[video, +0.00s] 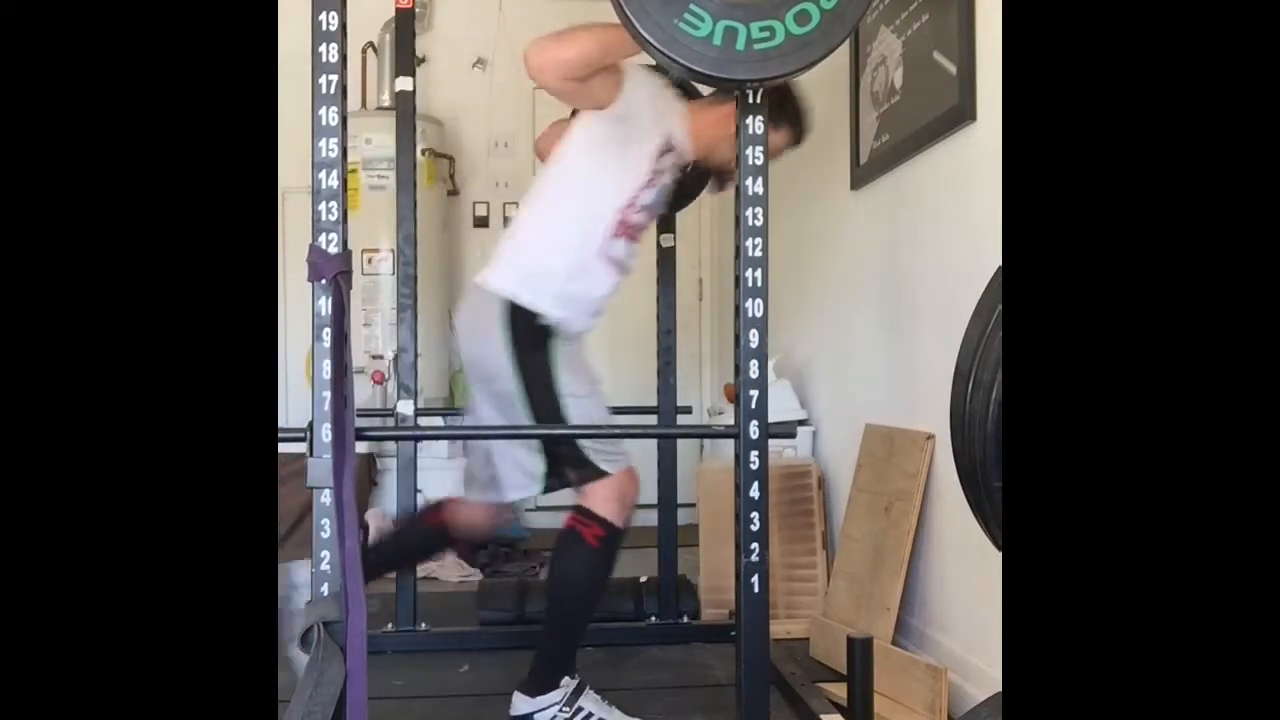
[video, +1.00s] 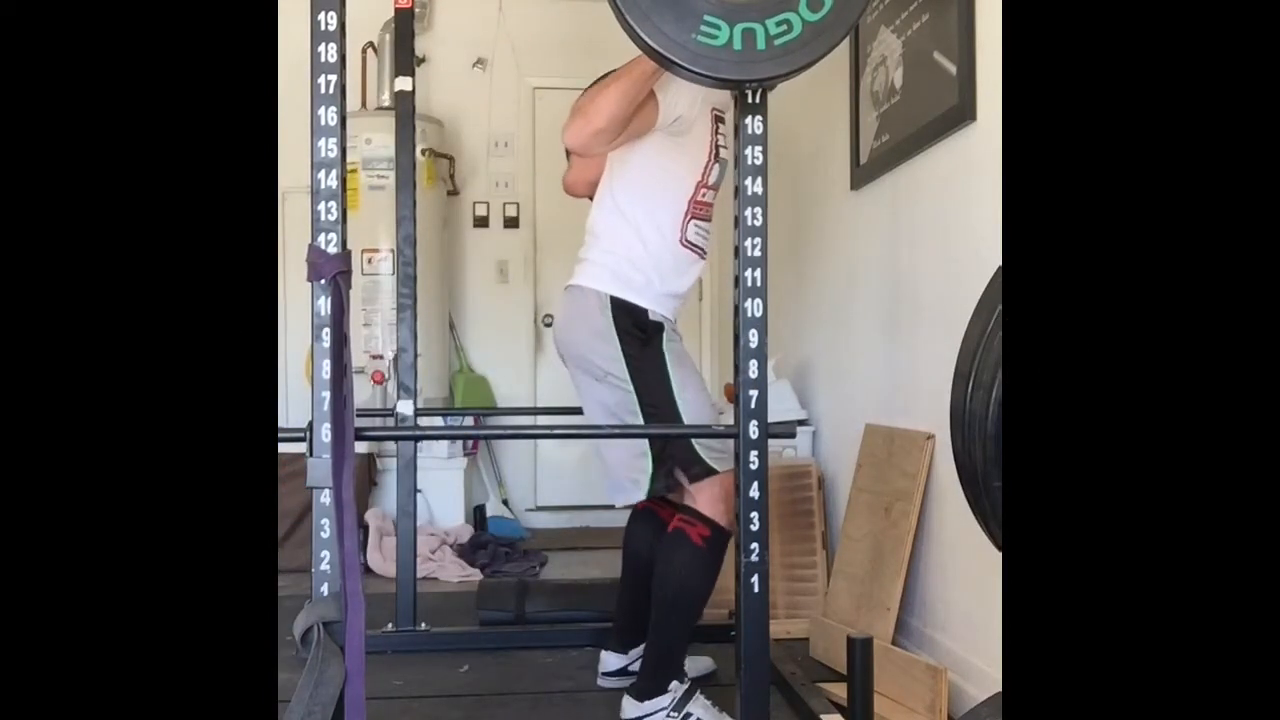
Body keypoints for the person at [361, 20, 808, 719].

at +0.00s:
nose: (747, 169)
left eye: (760, 162)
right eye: (758, 153)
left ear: (738, 120)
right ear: (745, 114)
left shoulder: (674, 155)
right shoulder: (642, 96)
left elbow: (553, 143)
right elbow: (545, 57)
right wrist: (642, 31)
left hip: (543, 322)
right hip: (510, 311)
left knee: (488, 510)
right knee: (610, 488)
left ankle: (345, 570)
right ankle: (545, 691)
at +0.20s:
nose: (818, 96)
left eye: (824, 82)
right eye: (819, 76)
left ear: (784, 70)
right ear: (783, 60)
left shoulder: (723, 119)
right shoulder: (690, 88)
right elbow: (588, 147)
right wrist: (663, 56)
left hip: (615, 311)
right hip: (578, 303)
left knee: (643, 491)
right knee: (635, 497)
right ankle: (549, 685)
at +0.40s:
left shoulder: (716, 104)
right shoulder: (674, 86)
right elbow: (598, 154)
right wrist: (669, 58)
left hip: (633, 310)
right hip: (608, 309)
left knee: (686, 479)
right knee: (703, 484)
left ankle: (635, 646)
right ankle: (579, 659)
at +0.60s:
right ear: (720, 27)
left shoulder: (700, 106)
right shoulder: (680, 84)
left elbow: (586, 185)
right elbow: (594, 158)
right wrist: (665, 62)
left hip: (617, 311)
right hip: (624, 315)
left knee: (680, 485)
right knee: (720, 491)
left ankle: (634, 648)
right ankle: (659, 692)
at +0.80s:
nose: (757, 42)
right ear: (717, 26)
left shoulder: (710, 106)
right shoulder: (676, 81)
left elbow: (585, 183)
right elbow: (588, 143)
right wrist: (662, 55)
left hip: (630, 311)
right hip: (622, 312)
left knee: (683, 482)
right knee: (719, 491)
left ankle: (627, 649)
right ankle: (655, 694)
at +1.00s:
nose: (756, 39)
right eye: (747, 27)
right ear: (717, 21)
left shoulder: (701, 99)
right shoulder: (676, 74)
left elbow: (577, 178)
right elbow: (579, 133)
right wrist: (662, 46)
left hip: (630, 311)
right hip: (617, 312)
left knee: (672, 485)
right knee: (713, 491)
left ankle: (626, 652)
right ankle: (655, 694)